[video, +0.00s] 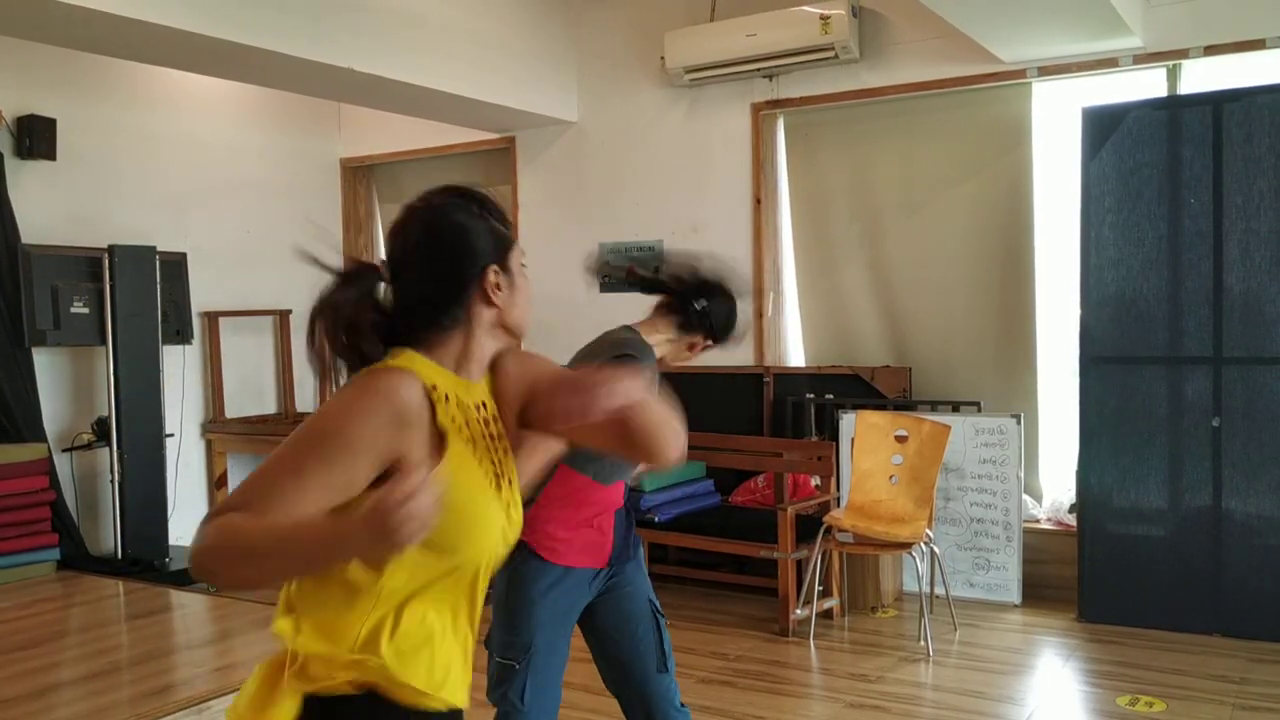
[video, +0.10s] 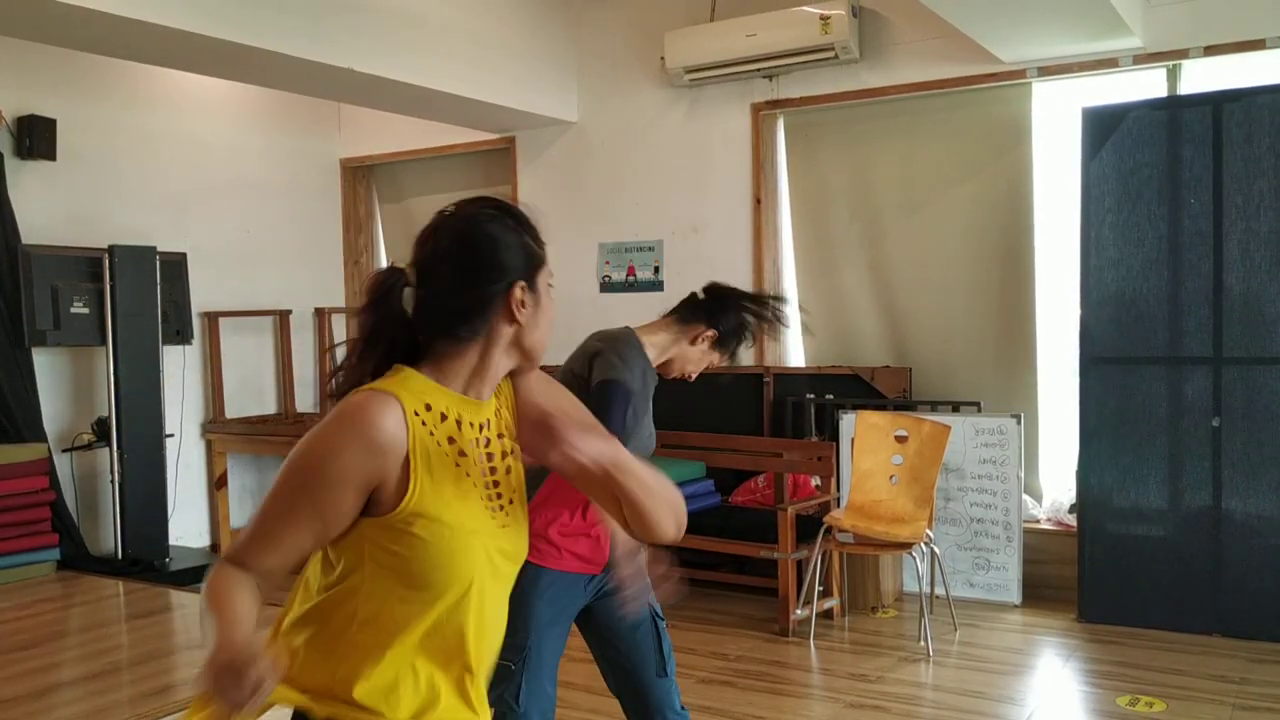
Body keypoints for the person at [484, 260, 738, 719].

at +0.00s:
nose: (694, 359)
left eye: (701, 350)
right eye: (703, 349)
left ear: (663, 306)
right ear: (698, 343)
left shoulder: (620, 349)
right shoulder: (628, 362)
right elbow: (549, 437)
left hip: (613, 554)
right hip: (551, 557)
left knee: (658, 702)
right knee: (527, 707)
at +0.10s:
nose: (695, 376)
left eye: (708, 369)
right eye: (709, 365)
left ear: (697, 328)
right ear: (703, 336)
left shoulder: (635, 363)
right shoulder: (614, 363)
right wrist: (627, 556)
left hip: (608, 552)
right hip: (551, 556)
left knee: (659, 705)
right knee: (523, 705)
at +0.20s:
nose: (695, 361)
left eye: (706, 351)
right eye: (702, 345)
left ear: (679, 314)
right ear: (677, 314)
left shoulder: (640, 370)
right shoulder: (595, 346)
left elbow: (636, 444)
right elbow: (612, 451)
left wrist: (731, 448)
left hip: (610, 563)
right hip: (546, 563)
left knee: (658, 707)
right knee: (524, 708)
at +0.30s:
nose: (683, 324)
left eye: (694, 314)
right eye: (678, 305)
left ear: (700, 313)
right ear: (640, 284)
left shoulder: (639, 366)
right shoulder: (590, 341)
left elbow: (617, 463)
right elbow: (611, 446)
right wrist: (710, 431)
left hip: (613, 559)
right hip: (544, 561)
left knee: (659, 704)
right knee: (519, 707)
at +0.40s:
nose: (658, 295)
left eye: (671, 284)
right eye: (646, 279)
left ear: (681, 289)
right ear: (618, 276)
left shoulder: (649, 363)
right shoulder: (587, 340)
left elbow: (627, 452)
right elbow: (581, 452)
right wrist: (674, 463)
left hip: (619, 551)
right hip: (551, 551)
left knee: (657, 703)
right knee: (526, 702)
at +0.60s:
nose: (608, 280)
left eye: (620, 268)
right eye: (594, 269)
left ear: (644, 279)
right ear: (580, 282)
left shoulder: (662, 370)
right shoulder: (551, 361)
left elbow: (717, 459)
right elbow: (503, 453)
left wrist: (782, 536)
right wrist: (510, 554)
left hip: (630, 559)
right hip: (546, 564)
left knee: (670, 704)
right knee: (519, 705)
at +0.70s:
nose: (496, 297)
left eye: (507, 282)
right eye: (494, 283)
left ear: (547, 278)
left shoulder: (609, 351)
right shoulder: (508, 354)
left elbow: (699, 418)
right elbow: (494, 425)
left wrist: (746, 516)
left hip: (616, 556)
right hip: (536, 554)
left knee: (664, 706)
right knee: (504, 699)